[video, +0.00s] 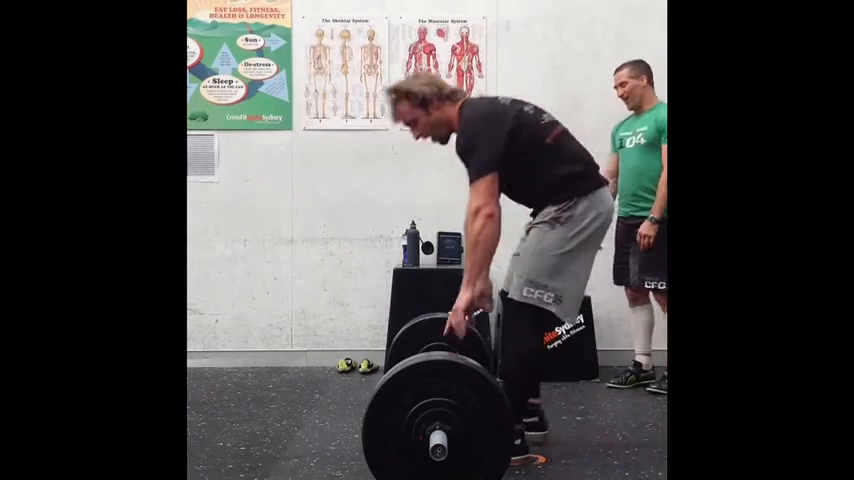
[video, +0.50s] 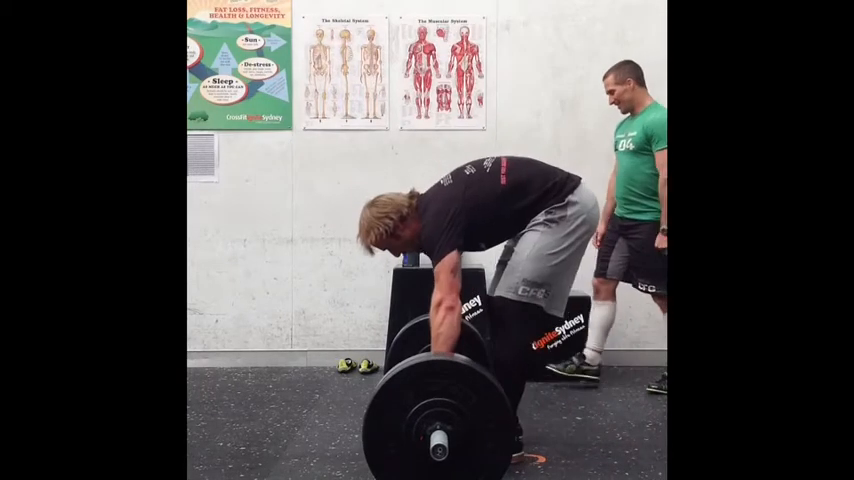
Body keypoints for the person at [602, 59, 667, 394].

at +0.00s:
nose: (619, 92)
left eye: (623, 84)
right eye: (616, 87)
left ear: (644, 81)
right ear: (621, 89)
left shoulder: (663, 116)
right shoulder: (621, 128)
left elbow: (666, 171)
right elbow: (611, 175)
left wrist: (654, 218)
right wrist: (583, 198)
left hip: (658, 218)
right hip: (628, 218)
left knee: (661, 293)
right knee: (635, 292)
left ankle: (666, 371)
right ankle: (642, 366)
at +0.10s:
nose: (622, 93)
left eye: (626, 85)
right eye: (620, 88)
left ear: (647, 80)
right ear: (635, 84)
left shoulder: (665, 116)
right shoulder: (626, 126)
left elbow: (668, 174)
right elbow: (616, 176)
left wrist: (658, 218)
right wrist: (602, 221)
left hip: (661, 221)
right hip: (632, 220)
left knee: (664, 293)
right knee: (638, 293)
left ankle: (667, 372)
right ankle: (643, 366)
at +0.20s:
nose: (625, 95)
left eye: (628, 87)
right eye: (622, 89)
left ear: (648, 81)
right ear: (636, 85)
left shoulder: (665, 117)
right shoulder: (629, 126)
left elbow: (669, 178)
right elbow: (621, 174)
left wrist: (663, 221)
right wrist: (611, 218)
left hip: (661, 223)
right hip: (632, 221)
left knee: (666, 293)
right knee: (631, 291)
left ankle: (667, 371)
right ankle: (642, 364)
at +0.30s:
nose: (623, 97)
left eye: (626, 89)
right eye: (620, 91)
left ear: (646, 82)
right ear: (636, 85)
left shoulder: (665, 118)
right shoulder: (631, 125)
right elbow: (625, 173)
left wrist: (668, 226)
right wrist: (611, 217)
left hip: (659, 223)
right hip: (630, 220)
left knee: (665, 293)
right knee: (623, 287)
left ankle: (669, 373)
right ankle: (635, 363)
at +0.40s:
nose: (619, 97)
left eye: (621, 90)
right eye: (617, 92)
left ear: (642, 82)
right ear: (631, 86)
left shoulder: (664, 119)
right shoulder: (630, 124)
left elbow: (668, 175)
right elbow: (623, 174)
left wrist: (669, 229)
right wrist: (607, 217)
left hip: (657, 224)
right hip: (627, 220)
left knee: (664, 295)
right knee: (614, 286)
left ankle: (669, 373)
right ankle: (615, 364)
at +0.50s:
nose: (610, 98)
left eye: (613, 91)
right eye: (608, 93)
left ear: (633, 84)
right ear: (625, 87)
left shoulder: (659, 120)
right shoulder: (623, 125)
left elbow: (665, 177)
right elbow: (617, 175)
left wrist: (665, 228)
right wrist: (604, 220)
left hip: (650, 225)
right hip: (620, 221)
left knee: (662, 297)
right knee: (602, 286)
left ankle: (668, 372)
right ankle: (589, 363)